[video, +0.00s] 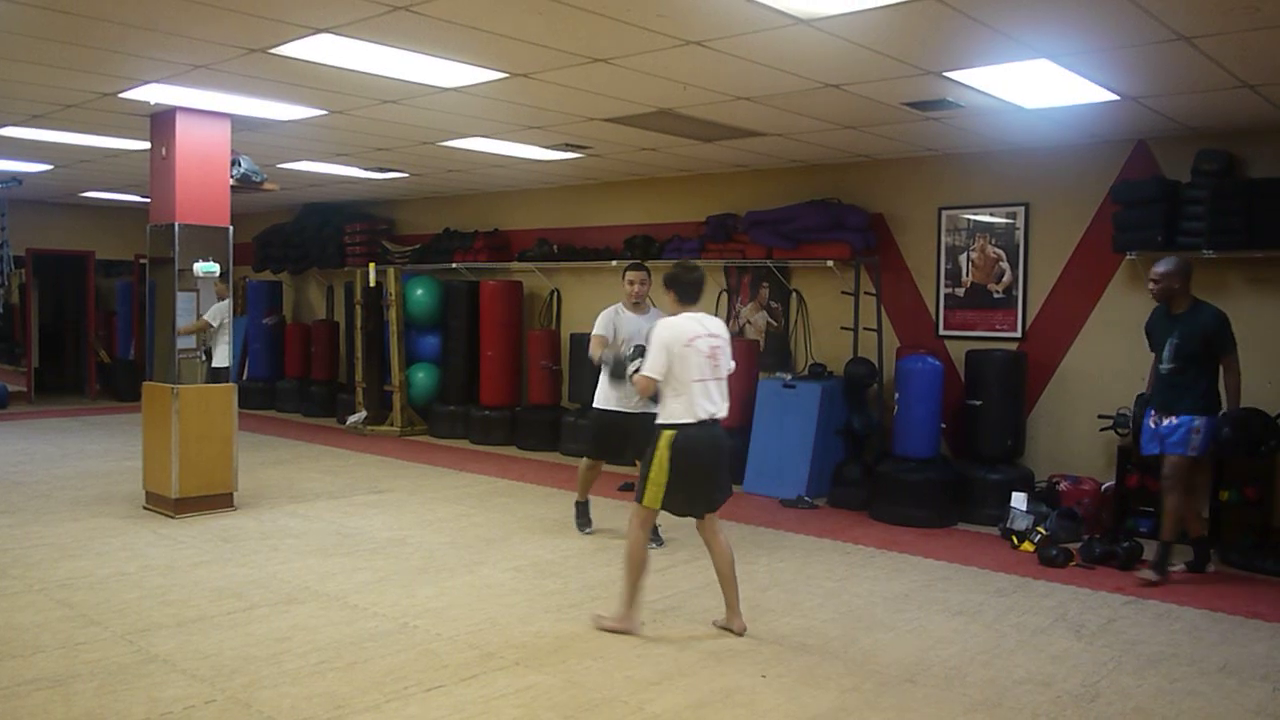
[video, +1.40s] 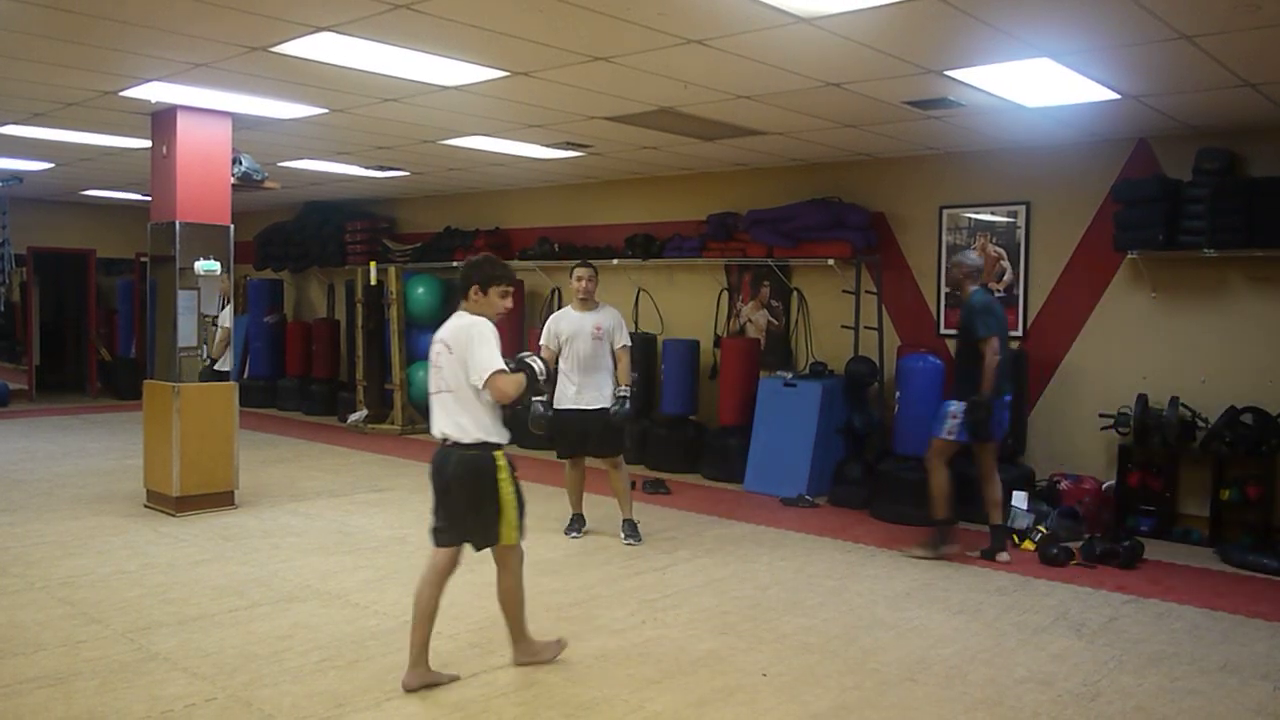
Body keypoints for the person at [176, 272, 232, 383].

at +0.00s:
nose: (215, 289)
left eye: (217, 285)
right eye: (215, 285)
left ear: (226, 286)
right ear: (226, 287)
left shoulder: (220, 307)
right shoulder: (240, 305)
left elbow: (203, 325)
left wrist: (180, 331)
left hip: (221, 364)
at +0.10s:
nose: (215, 287)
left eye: (217, 283)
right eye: (215, 283)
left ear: (226, 284)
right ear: (227, 285)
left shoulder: (221, 306)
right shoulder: (239, 303)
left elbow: (209, 331)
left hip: (221, 362)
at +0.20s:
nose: (214, 288)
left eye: (217, 283)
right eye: (215, 284)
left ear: (226, 284)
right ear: (227, 285)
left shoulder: (222, 308)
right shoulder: (242, 304)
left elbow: (213, 340)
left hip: (221, 365)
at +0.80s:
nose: (215, 287)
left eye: (217, 282)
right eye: (215, 283)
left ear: (226, 284)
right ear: (225, 284)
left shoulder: (225, 309)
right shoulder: (240, 305)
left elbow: (221, 339)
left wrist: (214, 362)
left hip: (225, 369)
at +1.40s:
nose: (220, 287)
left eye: (223, 282)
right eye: (221, 282)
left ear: (232, 285)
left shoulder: (229, 310)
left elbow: (224, 338)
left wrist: (212, 360)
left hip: (224, 368)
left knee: (205, 375)